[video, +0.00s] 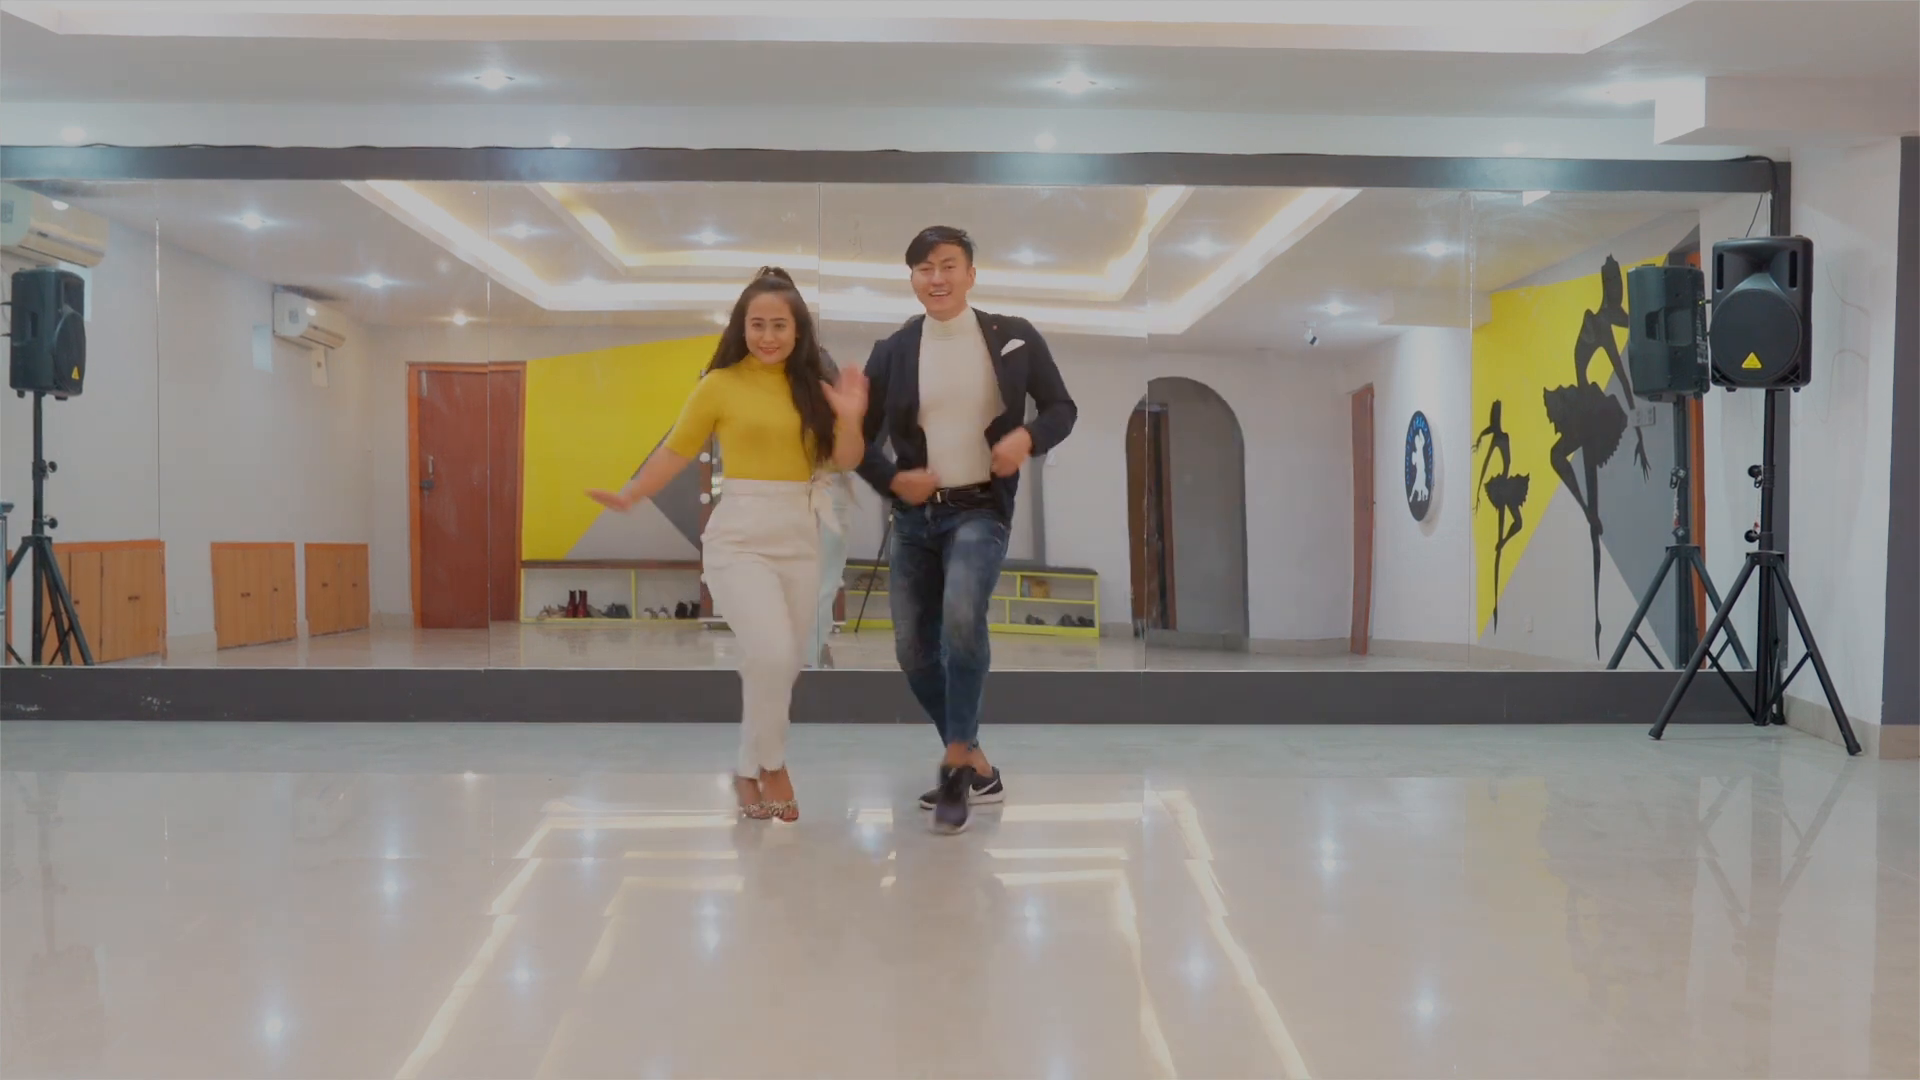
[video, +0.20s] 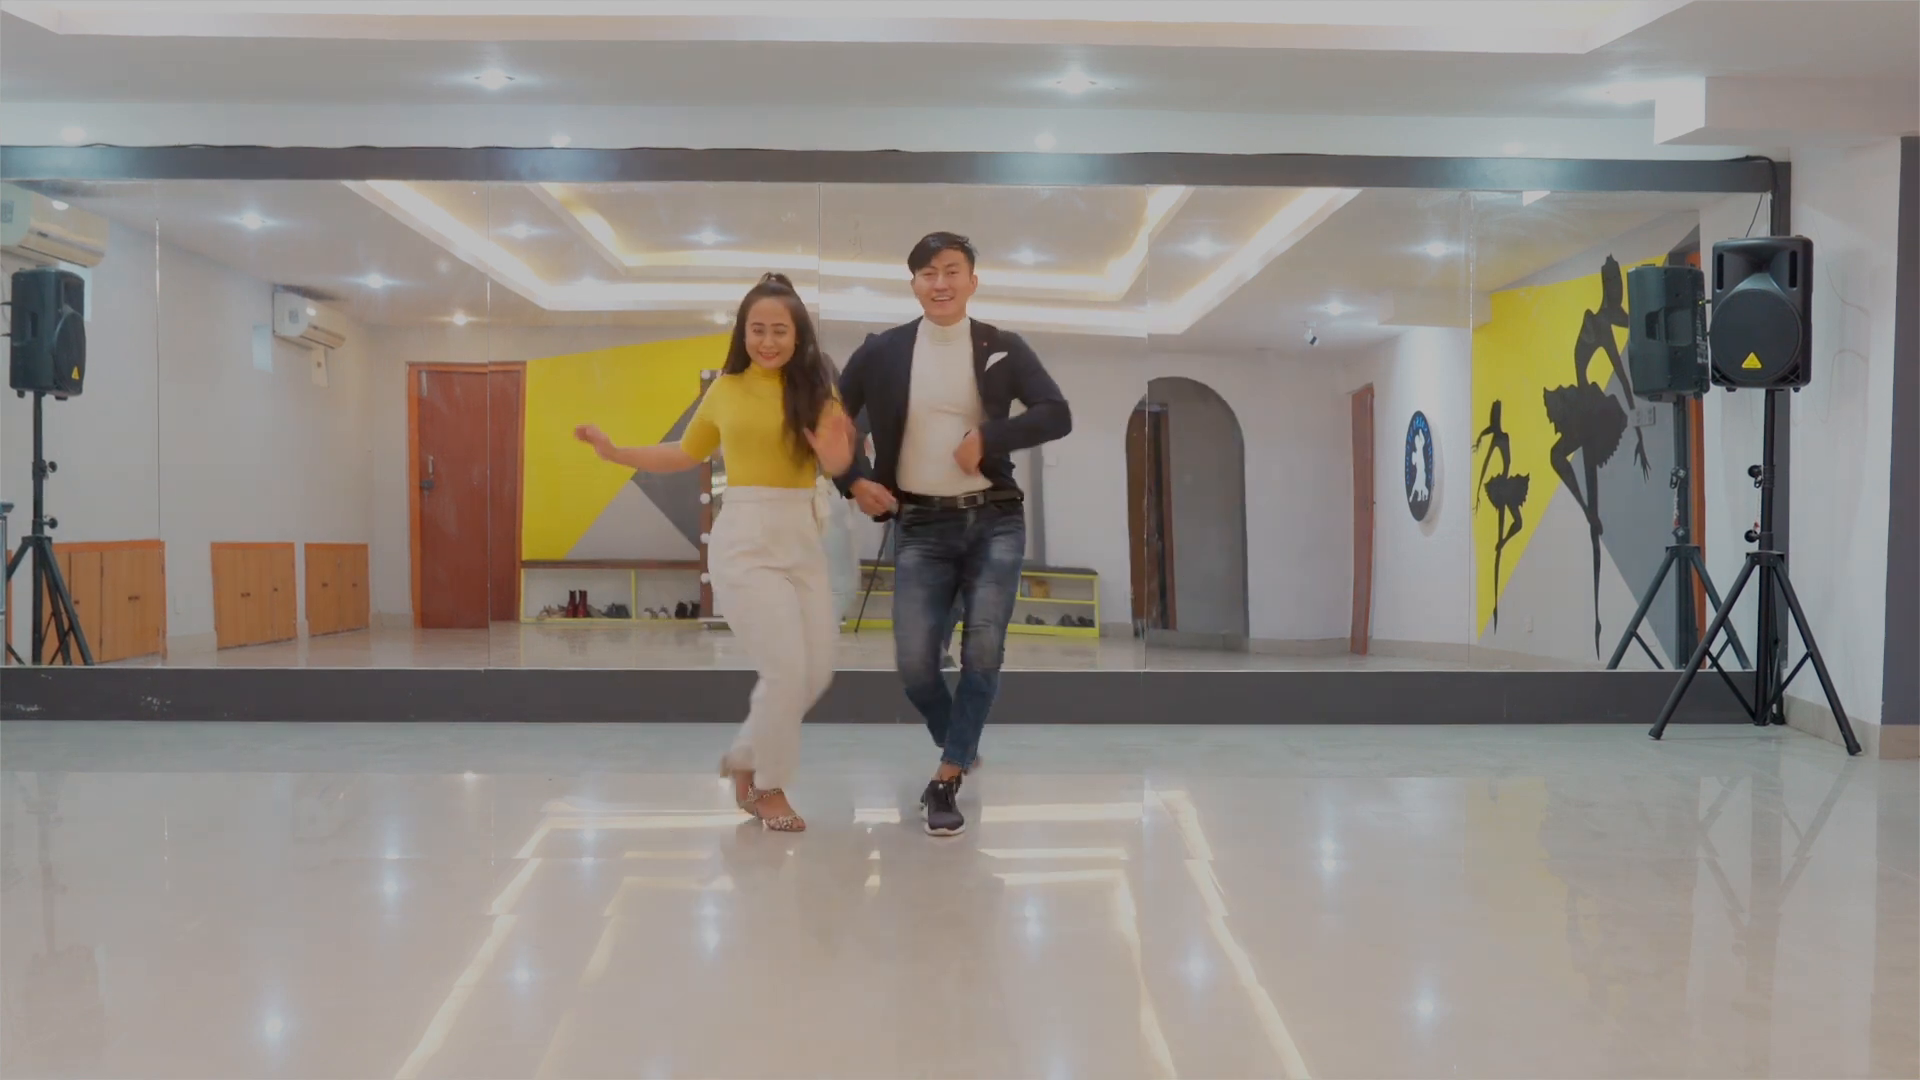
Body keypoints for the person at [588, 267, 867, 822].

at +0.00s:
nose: (768, 335)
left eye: (780, 324)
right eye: (757, 324)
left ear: (799, 328)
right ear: (742, 327)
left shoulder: (814, 387)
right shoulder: (720, 385)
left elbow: (846, 461)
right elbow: (676, 450)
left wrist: (849, 418)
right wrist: (630, 496)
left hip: (801, 539)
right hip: (736, 536)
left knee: (789, 660)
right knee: (770, 652)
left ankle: (749, 769)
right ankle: (774, 768)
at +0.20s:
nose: (769, 340)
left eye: (781, 329)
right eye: (758, 328)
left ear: (799, 334)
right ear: (743, 333)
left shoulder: (816, 392)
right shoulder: (725, 391)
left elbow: (837, 464)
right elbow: (686, 455)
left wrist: (831, 444)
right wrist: (617, 453)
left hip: (803, 543)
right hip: (744, 542)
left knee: (819, 668)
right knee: (785, 664)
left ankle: (744, 758)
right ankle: (768, 789)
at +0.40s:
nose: (770, 313)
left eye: (782, 306)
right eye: (759, 305)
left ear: (798, 320)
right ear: (741, 316)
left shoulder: (816, 383)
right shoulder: (718, 382)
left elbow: (850, 458)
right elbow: (675, 452)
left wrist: (897, 489)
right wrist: (632, 413)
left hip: (804, 529)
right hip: (739, 533)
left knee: (763, 642)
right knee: (751, 667)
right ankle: (791, 786)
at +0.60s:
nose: (761, 316)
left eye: (774, 310)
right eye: (752, 308)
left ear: (791, 328)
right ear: (735, 322)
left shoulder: (804, 389)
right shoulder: (712, 386)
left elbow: (837, 466)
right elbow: (673, 452)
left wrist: (899, 461)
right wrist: (652, 431)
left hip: (791, 535)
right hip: (738, 538)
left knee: (709, 644)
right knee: (770, 684)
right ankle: (825, 786)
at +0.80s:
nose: (752, 316)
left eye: (765, 310)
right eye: (743, 308)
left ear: (783, 328)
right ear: (726, 321)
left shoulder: (789, 387)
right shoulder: (699, 387)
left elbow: (807, 464)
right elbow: (660, 456)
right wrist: (587, 474)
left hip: (776, 541)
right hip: (711, 541)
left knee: (752, 671)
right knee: (702, 679)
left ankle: (748, 798)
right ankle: (778, 766)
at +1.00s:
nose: (736, 317)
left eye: (749, 310)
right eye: (727, 307)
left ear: (765, 326)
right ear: (709, 318)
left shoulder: (768, 393)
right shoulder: (686, 383)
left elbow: (783, 473)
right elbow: (665, 450)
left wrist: (766, 461)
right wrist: (595, 461)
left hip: (760, 541)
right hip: (692, 542)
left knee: (750, 672)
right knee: (693, 680)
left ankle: (751, 797)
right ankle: (699, 777)